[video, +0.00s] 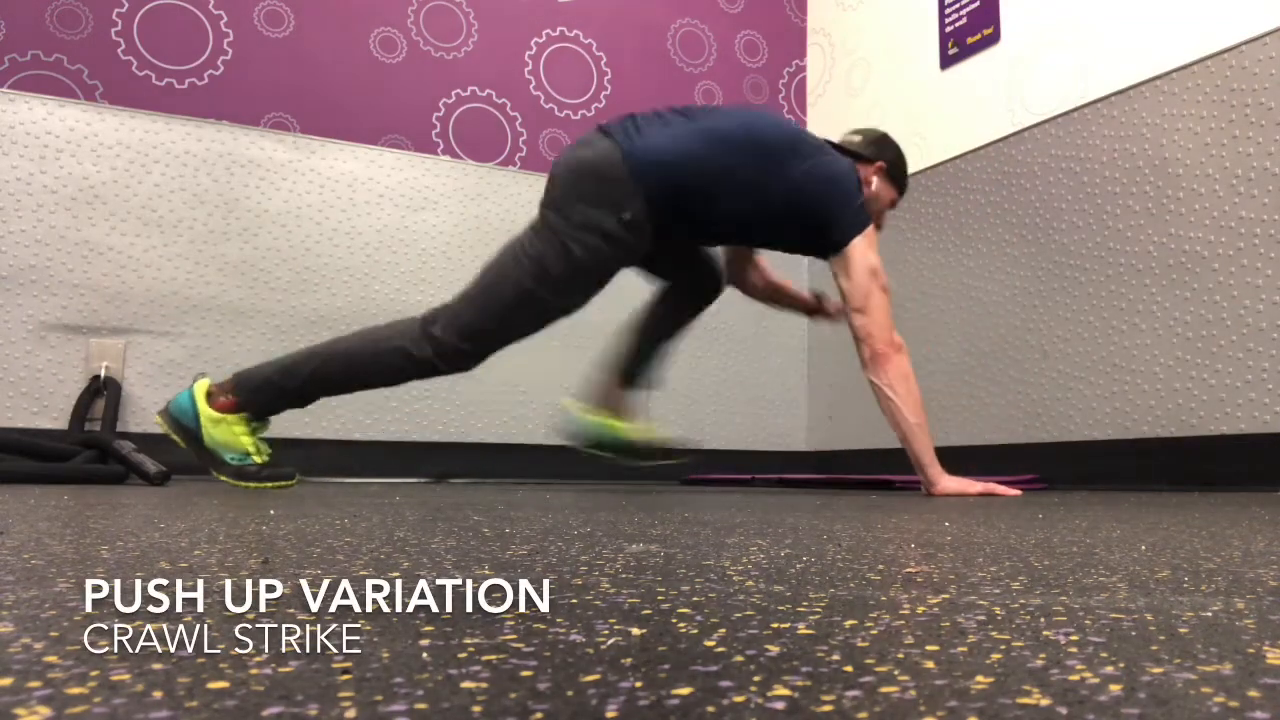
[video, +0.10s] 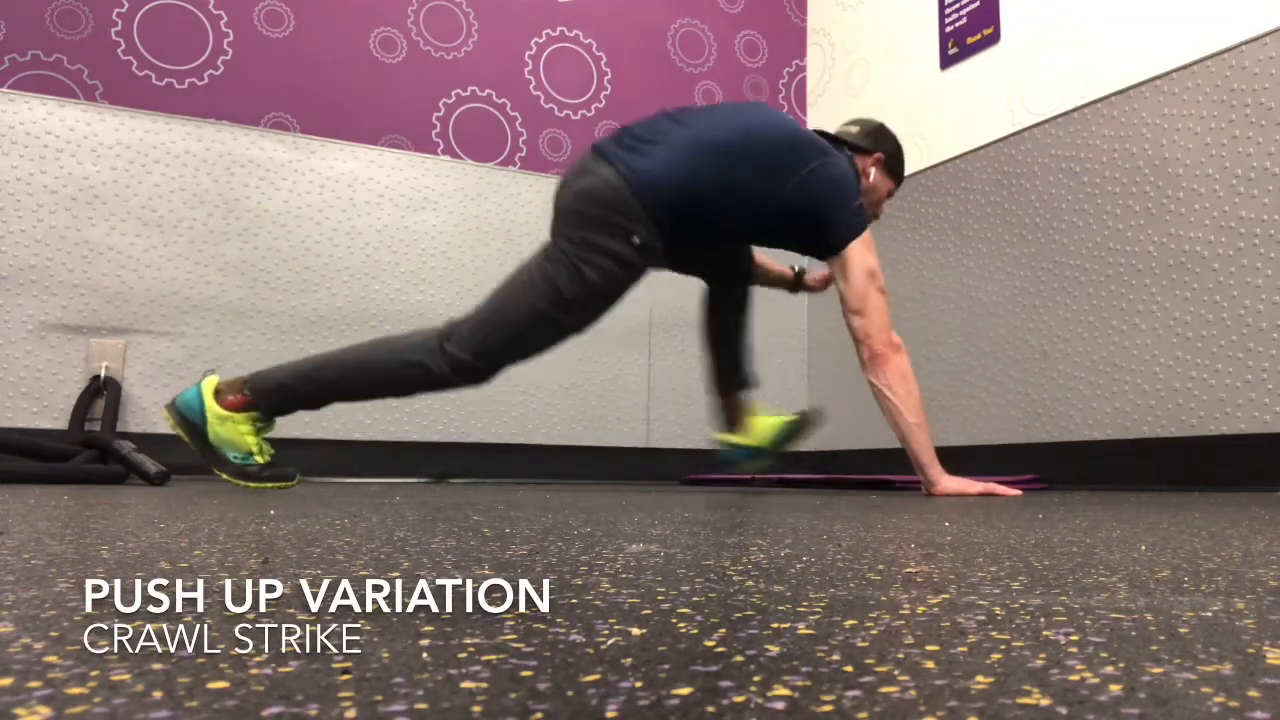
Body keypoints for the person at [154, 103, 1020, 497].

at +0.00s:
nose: (882, 221)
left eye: (885, 210)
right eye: (887, 207)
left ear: (849, 160)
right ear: (872, 182)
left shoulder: (775, 163)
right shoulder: (848, 199)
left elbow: (742, 274)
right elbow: (880, 350)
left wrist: (826, 309)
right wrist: (934, 470)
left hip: (605, 169)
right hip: (614, 188)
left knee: (707, 279)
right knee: (448, 341)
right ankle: (225, 401)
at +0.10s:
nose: (880, 210)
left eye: (885, 199)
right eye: (884, 197)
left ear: (843, 145)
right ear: (866, 170)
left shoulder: (771, 152)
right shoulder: (842, 192)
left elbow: (717, 253)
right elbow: (880, 349)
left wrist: (806, 276)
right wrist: (934, 471)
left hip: (603, 182)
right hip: (619, 211)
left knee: (734, 263)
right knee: (464, 352)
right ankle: (235, 402)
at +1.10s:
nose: (900, 206)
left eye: (905, 194)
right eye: (904, 192)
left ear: (856, 151)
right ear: (883, 167)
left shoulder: (784, 166)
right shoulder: (856, 193)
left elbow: (741, 247)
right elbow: (887, 348)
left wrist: (817, 286)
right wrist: (934, 471)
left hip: (632, 250)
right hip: (642, 276)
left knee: (780, 276)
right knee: (476, 410)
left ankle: (786, 449)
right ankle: (261, 394)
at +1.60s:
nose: (900, 289)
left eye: (911, 277)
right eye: (913, 270)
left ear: (886, 232)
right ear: (908, 234)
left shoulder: (815, 241)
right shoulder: (869, 220)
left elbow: (803, 358)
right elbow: (888, 350)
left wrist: (823, 465)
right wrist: (936, 474)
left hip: (625, 213)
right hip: (623, 205)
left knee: (459, 334)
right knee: (454, 333)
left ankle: (259, 394)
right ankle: (230, 392)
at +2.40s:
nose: (969, 455)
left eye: (978, 455)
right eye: (976, 443)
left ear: (963, 436)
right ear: (963, 413)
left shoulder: (881, 410)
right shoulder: (914, 378)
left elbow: (770, 459)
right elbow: (903, 369)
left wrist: (832, 479)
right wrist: (938, 476)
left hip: (692, 427)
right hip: (693, 406)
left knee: (491, 432)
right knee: (490, 426)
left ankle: (289, 407)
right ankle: (278, 385)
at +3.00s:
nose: (907, 326)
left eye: (920, 316)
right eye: (919, 309)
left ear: (896, 276)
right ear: (914, 269)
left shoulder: (824, 278)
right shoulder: (873, 247)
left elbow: (788, 384)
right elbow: (894, 355)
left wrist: (819, 469)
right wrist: (935, 473)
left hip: (640, 255)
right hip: (653, 238)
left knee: (501, 353)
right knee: (578, 381)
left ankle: (291, 401)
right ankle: (374, 360)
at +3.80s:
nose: (888, 191)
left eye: (893, 184)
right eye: (887, 178)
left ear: (856, 167)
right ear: (853, 160)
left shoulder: (797, 233)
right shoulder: (801, 165)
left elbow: (797, 347)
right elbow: (856, 224)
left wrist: (813, 451)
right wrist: (946, 196)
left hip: (635, 310)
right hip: (638, 257)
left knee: (476, 431)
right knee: (822, 243)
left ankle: (287, 405)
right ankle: (854, 438)